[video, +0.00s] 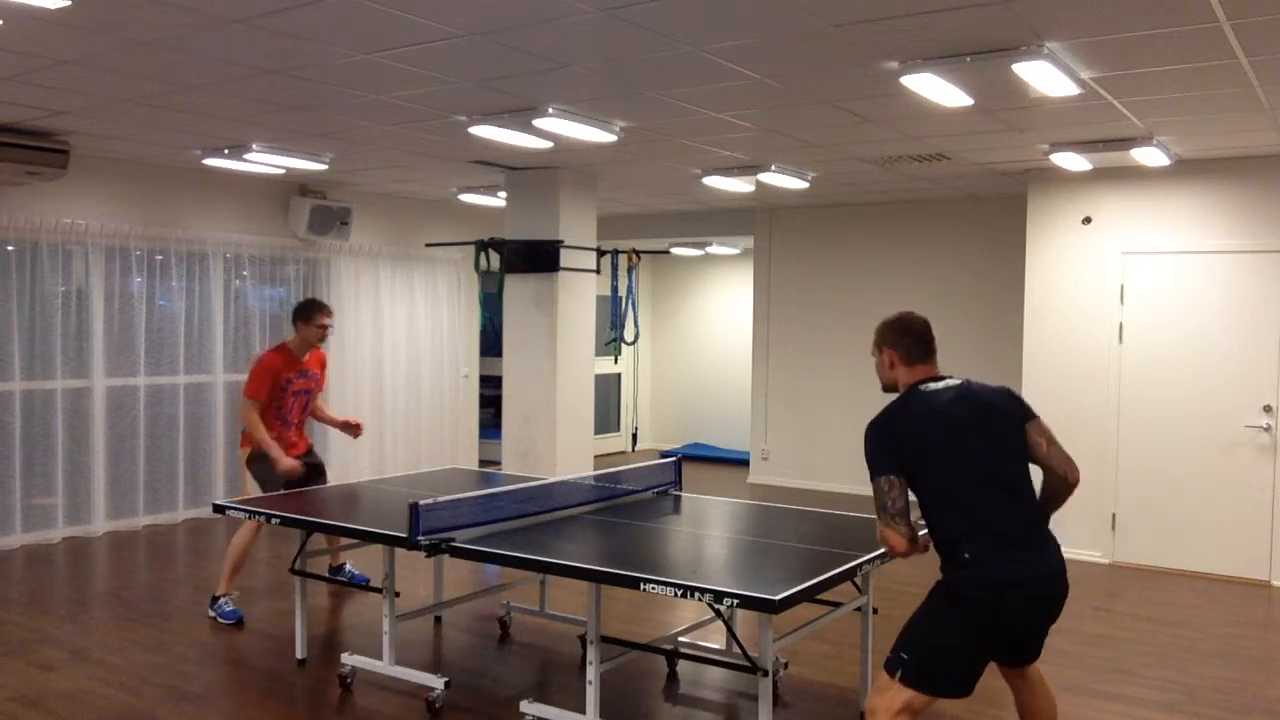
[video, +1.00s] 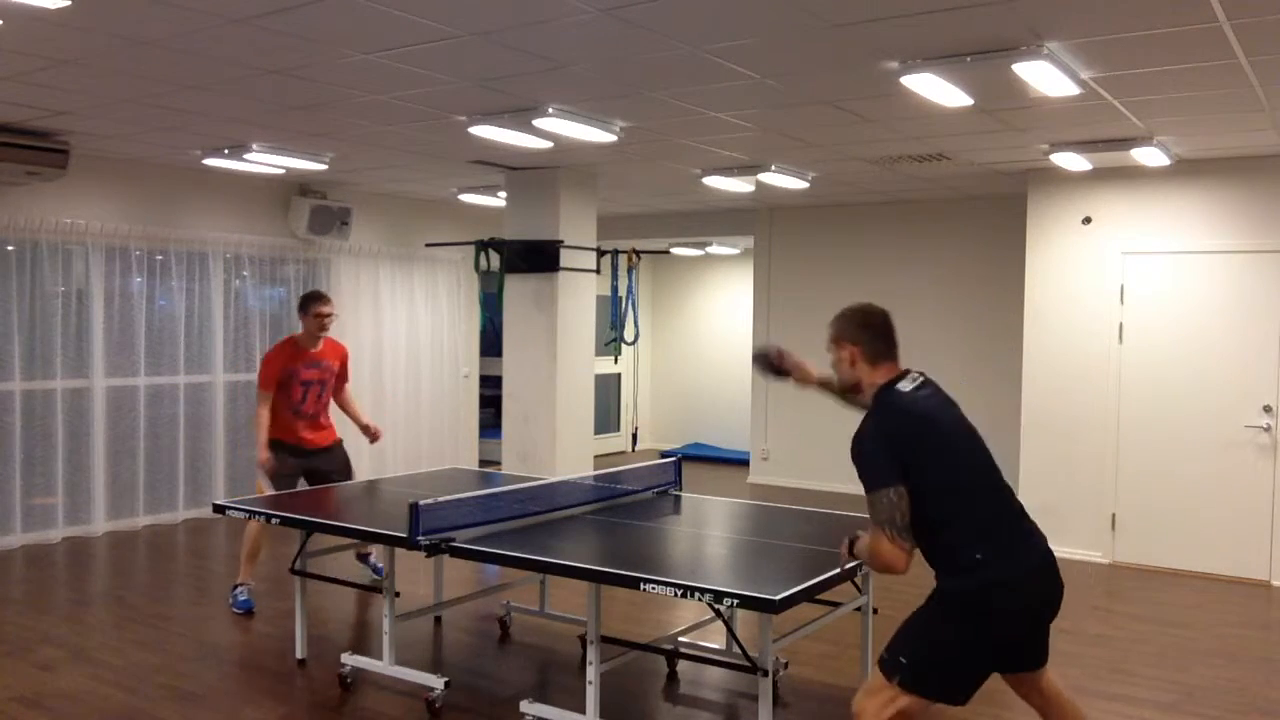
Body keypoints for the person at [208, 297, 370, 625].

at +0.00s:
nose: (327, 333)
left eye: (329, 327)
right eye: (322, 327)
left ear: (322, 328)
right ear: (301, 326)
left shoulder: (318, 359)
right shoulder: (270, 362)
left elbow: (312, 404)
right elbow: (248, 413)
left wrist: (338, 423)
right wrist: (277, 455)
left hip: (299, 448)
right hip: (263, 450)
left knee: (328, 501)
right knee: (259, 515)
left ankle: (337, 565)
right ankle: (222, 595)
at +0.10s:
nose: (338, 337)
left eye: (340, 331)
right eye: (333, 330)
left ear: (324, 332)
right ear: (312, 328)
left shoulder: (319, 362)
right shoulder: (285, 363)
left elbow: (310, 409)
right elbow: (282, 420)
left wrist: (341, 422)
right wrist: (323, 451)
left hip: (296, 447)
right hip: (264, 448)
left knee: (327, 502)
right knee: (262, 514)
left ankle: (337, 566)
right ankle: (222, 596)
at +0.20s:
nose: (351, 338)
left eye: (353, 333)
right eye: (347, 332)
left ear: (335, 333)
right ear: (328, 329)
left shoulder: (317, 362)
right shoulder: (304, 362)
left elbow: (309, 412)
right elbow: (330, 414)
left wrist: (347, 418)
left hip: (296, 448)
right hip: (266, 450)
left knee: (326, 504)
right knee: (259, 519)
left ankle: (337, 566)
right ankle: (221, 596)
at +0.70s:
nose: (358, 314)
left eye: (361, 308)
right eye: (353, 307)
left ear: (360, 312)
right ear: (334, 307)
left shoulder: (342, 344)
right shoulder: (320, 343)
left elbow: (336, 396)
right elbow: (322, 398)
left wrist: (364, 413)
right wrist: (359, 431)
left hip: (326, 436)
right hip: (294, 437)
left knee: (340, 502)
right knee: (270, 508)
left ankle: (339, 563)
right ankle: (244, 583)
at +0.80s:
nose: (348, 313)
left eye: (351, 307)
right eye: (342, 307)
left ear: (351, 311)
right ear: (325, 307)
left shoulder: (342, 345)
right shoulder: (303, 345)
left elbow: (335, 393)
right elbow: (299, 399)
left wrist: (365, 414)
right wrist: (327, 437)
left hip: (328, 436)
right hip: (294, 437)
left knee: (342, 498)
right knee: (271, 507)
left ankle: (340, 562)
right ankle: (243, 583)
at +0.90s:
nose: (336, 315)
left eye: (340, 310)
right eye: (329, 309)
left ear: (342, 312)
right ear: (312, 310)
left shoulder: (339, 346)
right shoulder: (290, 348)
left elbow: (336, 389)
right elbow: (278, 403)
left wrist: (363, 415)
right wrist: (292, 442)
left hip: (324, 436)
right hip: (288, 438)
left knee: (349, 493)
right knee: (269, 506)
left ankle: (349, 556)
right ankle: (243, 584)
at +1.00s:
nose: (325, 322)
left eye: (329, 317)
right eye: (319, 317)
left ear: (333, 319)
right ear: (302, 317)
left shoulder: (337, 352)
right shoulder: (277, 356)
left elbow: (341, 392)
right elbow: (263, 404)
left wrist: (362, 422)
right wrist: (262, 448)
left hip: (325, 445)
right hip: (284, 447)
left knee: (350, 503)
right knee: (262, 511)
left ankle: (365, 554)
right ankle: (243, 585)